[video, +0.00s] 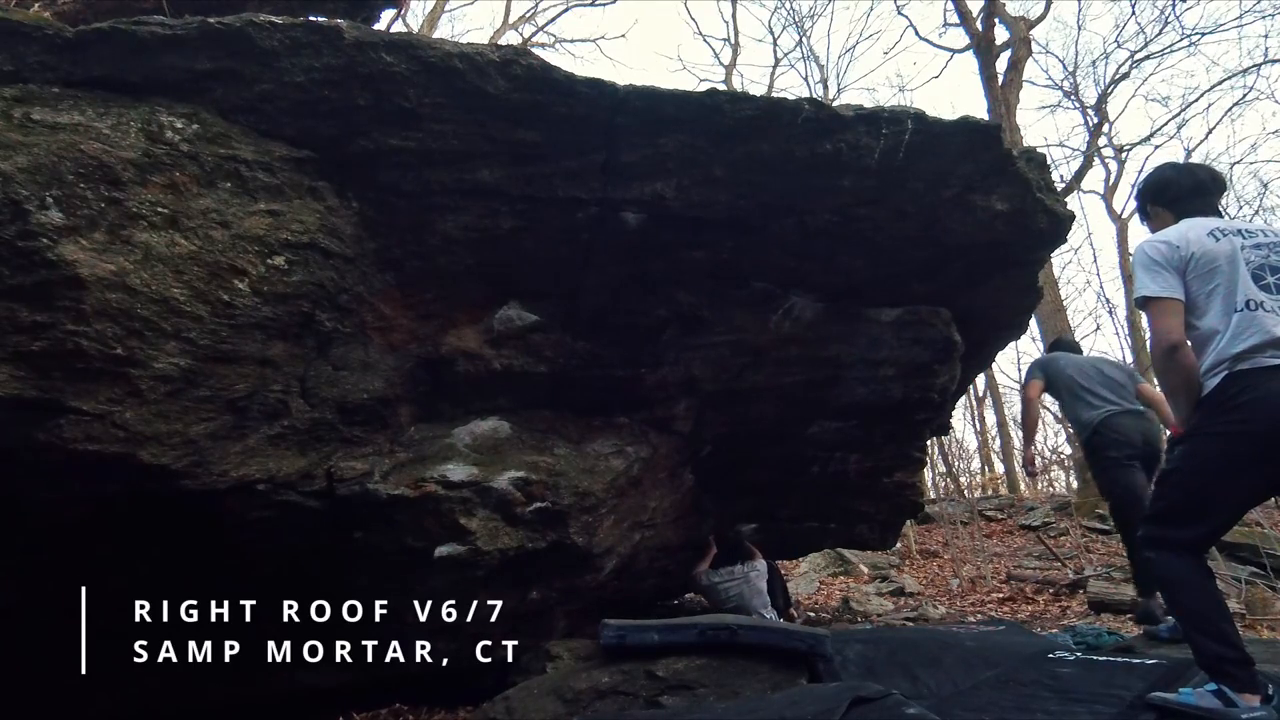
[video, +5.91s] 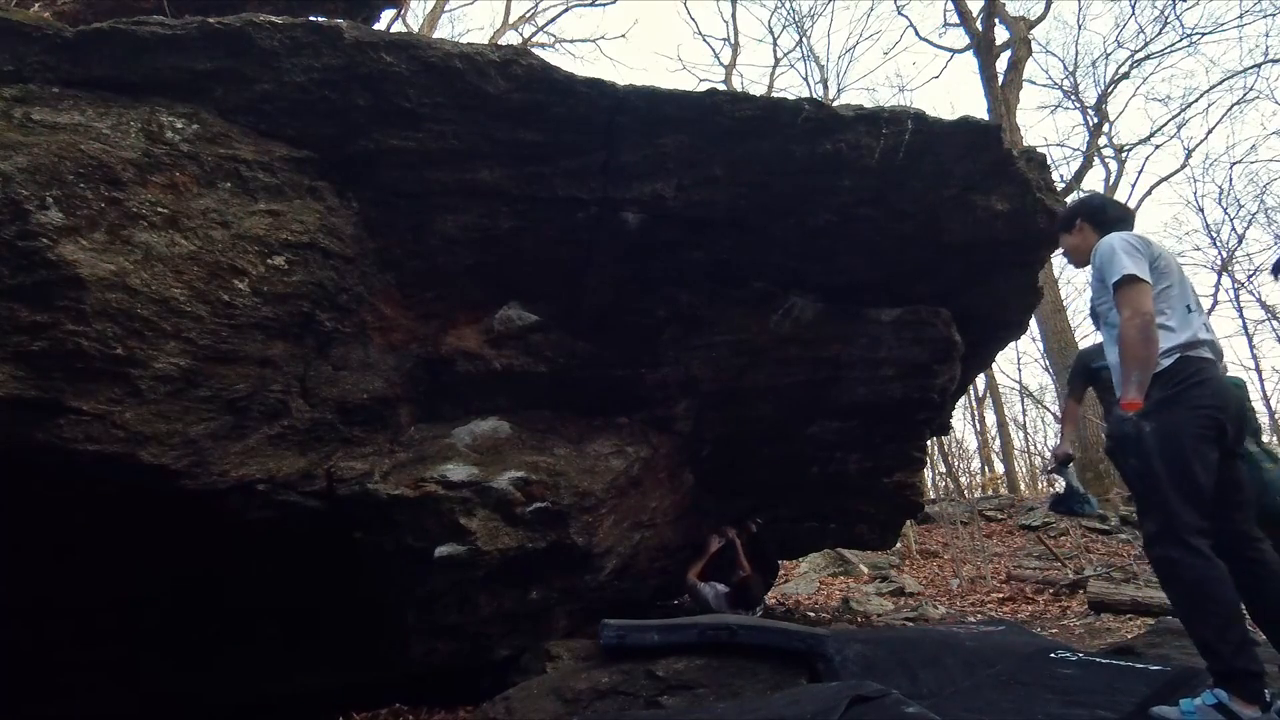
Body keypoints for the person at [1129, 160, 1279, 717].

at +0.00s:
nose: (1146, 226)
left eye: (1145, 217)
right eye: (1144, 218)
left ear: (1159, 212)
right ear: (1215, 204)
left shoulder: (1162, 245)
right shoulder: (1265, 234)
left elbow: (1171, 344)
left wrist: (1190, 424)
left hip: (1253, 393)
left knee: (1166, 537)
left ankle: (1237, 684)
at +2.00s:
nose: (1146, 224)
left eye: (1150, 210)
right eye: (1141, 218)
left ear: (1192, 192)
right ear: (1200, 197)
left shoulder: (1195, 233)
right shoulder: (1258, 236)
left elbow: (1205, 334)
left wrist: (1193, 410)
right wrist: (1199, 408)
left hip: (1258, 392)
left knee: (1163, 533)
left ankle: (1235, 683)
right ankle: (1237, 680)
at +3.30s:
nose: (1117, 254)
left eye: (1111, 240)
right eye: (1110, 245)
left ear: (1124, 224)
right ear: (1165, 211)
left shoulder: (1152, 237)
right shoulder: (1238, 246)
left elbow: (1190, 320)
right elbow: (1272, 295)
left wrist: (1181, 408)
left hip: (1252, 382)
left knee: (1164, 527)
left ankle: (1238, 686)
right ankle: (1242, 683)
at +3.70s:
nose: (1067, 267)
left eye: (1064, 258)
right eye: (1062, 261)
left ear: (1076, 249)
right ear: (1117, 232)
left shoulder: (1099, 258)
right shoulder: (1174, 263)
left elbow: (1139, 334)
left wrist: (1145, 414)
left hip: (1211, 390)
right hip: (1272, 384)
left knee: (1150, 537)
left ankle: (1238, 690)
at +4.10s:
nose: (998, 278)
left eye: (996, 271)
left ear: (1003, 266)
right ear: (1049, 250)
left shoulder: (1017, 279)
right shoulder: (1103, 274)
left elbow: (1054, 348)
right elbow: (1165, 327)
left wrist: (1093, 428)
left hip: (1146, 391)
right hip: (1216, 380)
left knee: (1158, 559)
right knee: (1269, 542)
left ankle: (1236, 704)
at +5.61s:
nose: (1046, 263)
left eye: (1047, 252)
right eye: (1043, 255)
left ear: (1064, 238)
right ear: (1091, 230)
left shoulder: (1095, 249)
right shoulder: (1137, 260)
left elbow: (1133, 317)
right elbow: (1189, 331)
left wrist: (1139, 401)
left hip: (1189, 388)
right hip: (1225, 385)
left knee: (1196, 540)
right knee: (1245, 535)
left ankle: (1244, 692)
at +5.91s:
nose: (1064, 249)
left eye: (1066, 237)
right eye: (1061, 240)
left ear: (1086, 226)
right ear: (1104, 222)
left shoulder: (1114, 244)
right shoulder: (1147, 252)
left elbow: (1139, 318)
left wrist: (1130, 403)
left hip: (1173, 391)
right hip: (1204, 387)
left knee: (1174, 541)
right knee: (1237, 536)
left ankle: (1241, 690)